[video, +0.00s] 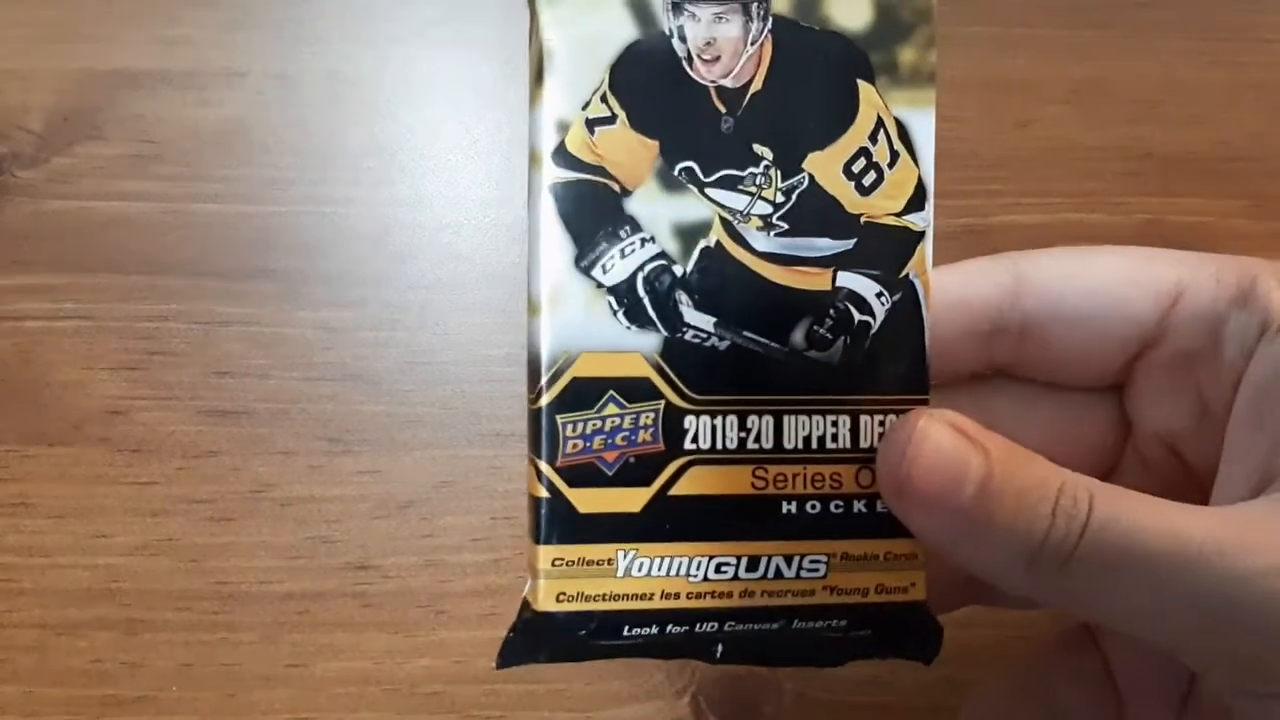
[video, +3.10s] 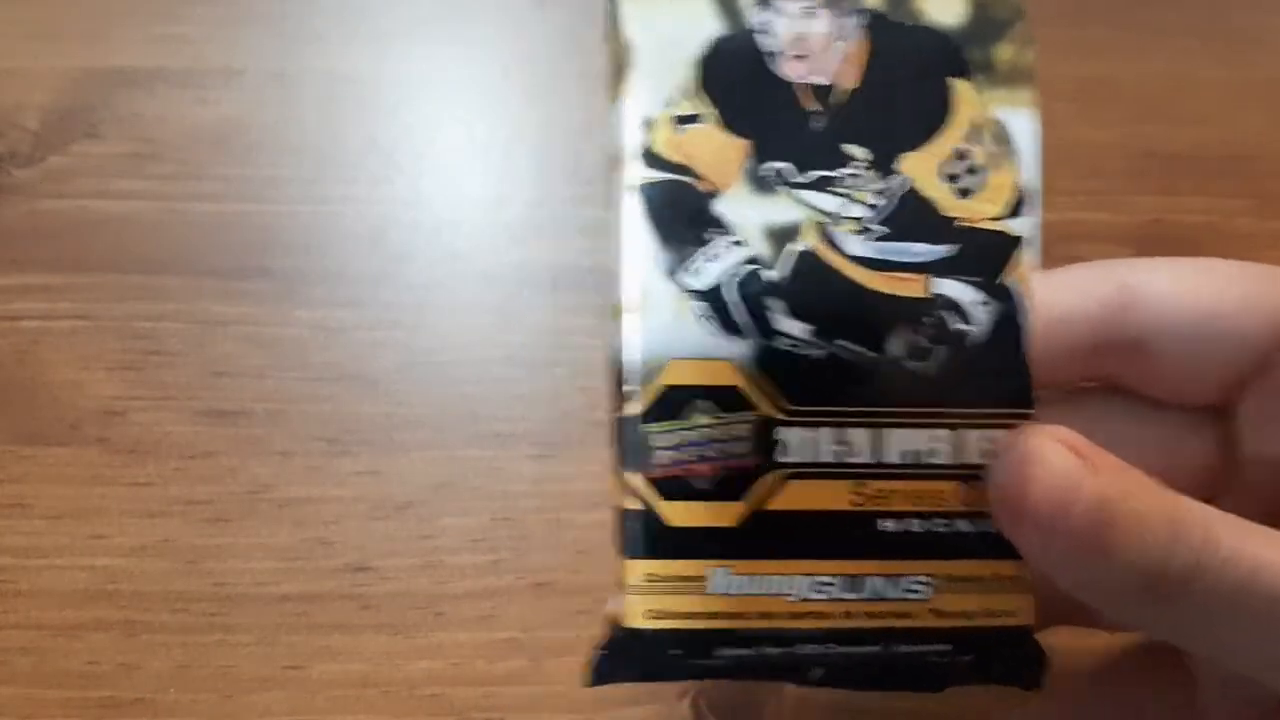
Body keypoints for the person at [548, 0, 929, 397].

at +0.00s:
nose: (703, 40)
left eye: (721, 19)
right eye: (688, 18)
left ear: (758, 19)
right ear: (673, 18)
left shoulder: (824, 73)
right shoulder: (648, 76)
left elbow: (899, 208)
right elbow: (578, 171)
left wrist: (853, 306)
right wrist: (630, 265)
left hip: (854, 272)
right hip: (742, 262)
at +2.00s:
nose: (704, 48)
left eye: (724, 25)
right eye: (687, 25)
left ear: (762, 24)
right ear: (671, 24)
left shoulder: (832, 81)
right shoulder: (647, 87)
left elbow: (914, 215)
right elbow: (579, 189)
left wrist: (871, 321)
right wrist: (638, 286)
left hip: (871, 282)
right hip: (753, 275)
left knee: (903, 445)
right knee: (685, 423)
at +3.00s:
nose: (711, 48)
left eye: (731, 26)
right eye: (695, 25)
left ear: (770, 25)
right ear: (681, 27)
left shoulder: (838, 81)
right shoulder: (658, 85)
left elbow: (918, 212)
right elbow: (591, 186)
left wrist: (879, 315)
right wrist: (651, 283)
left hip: (877, 279)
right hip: (763, 273)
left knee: (915, 437)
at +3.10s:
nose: (788, 51)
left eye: (808, 23)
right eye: (769, 30)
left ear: (850, 17)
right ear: (755, 22)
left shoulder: (921, 67)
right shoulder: (735, 72)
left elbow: (991, 202)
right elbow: (668, 177)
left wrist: (954, 311)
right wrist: (723, 275)